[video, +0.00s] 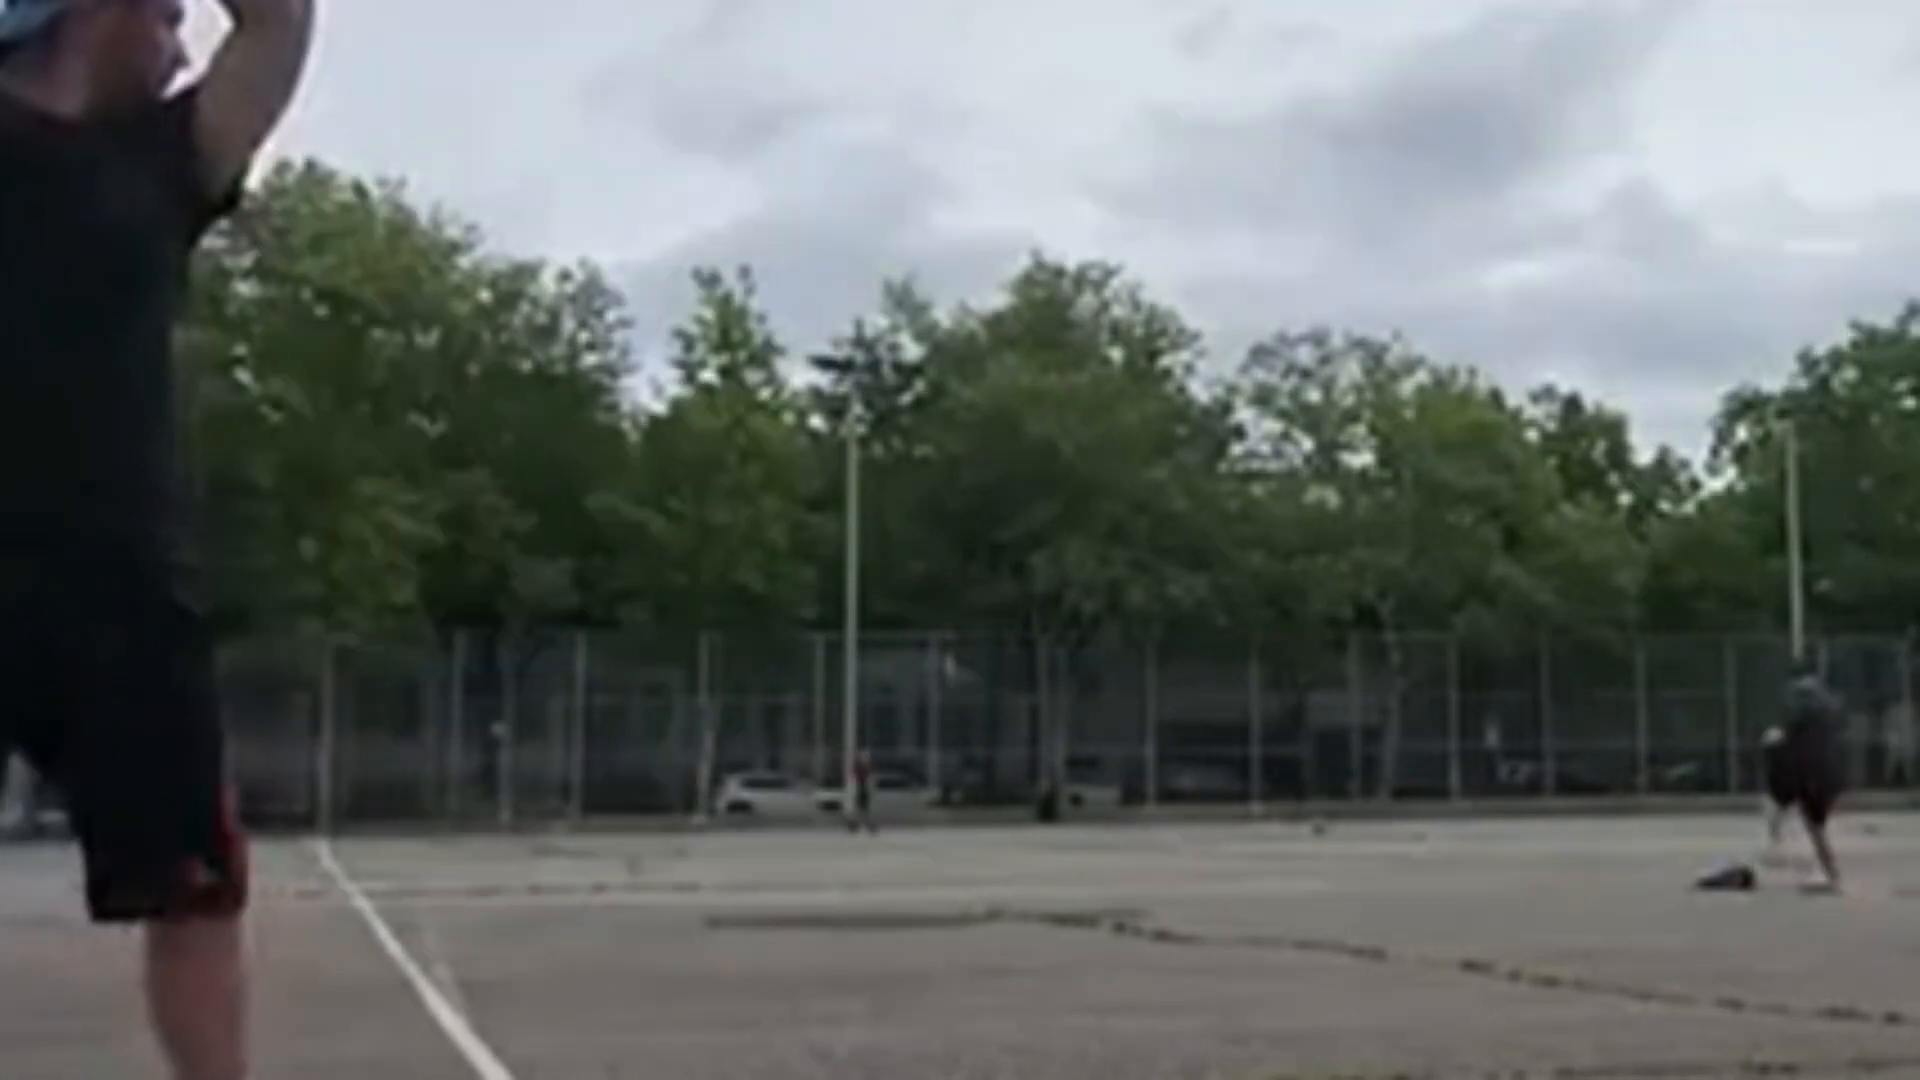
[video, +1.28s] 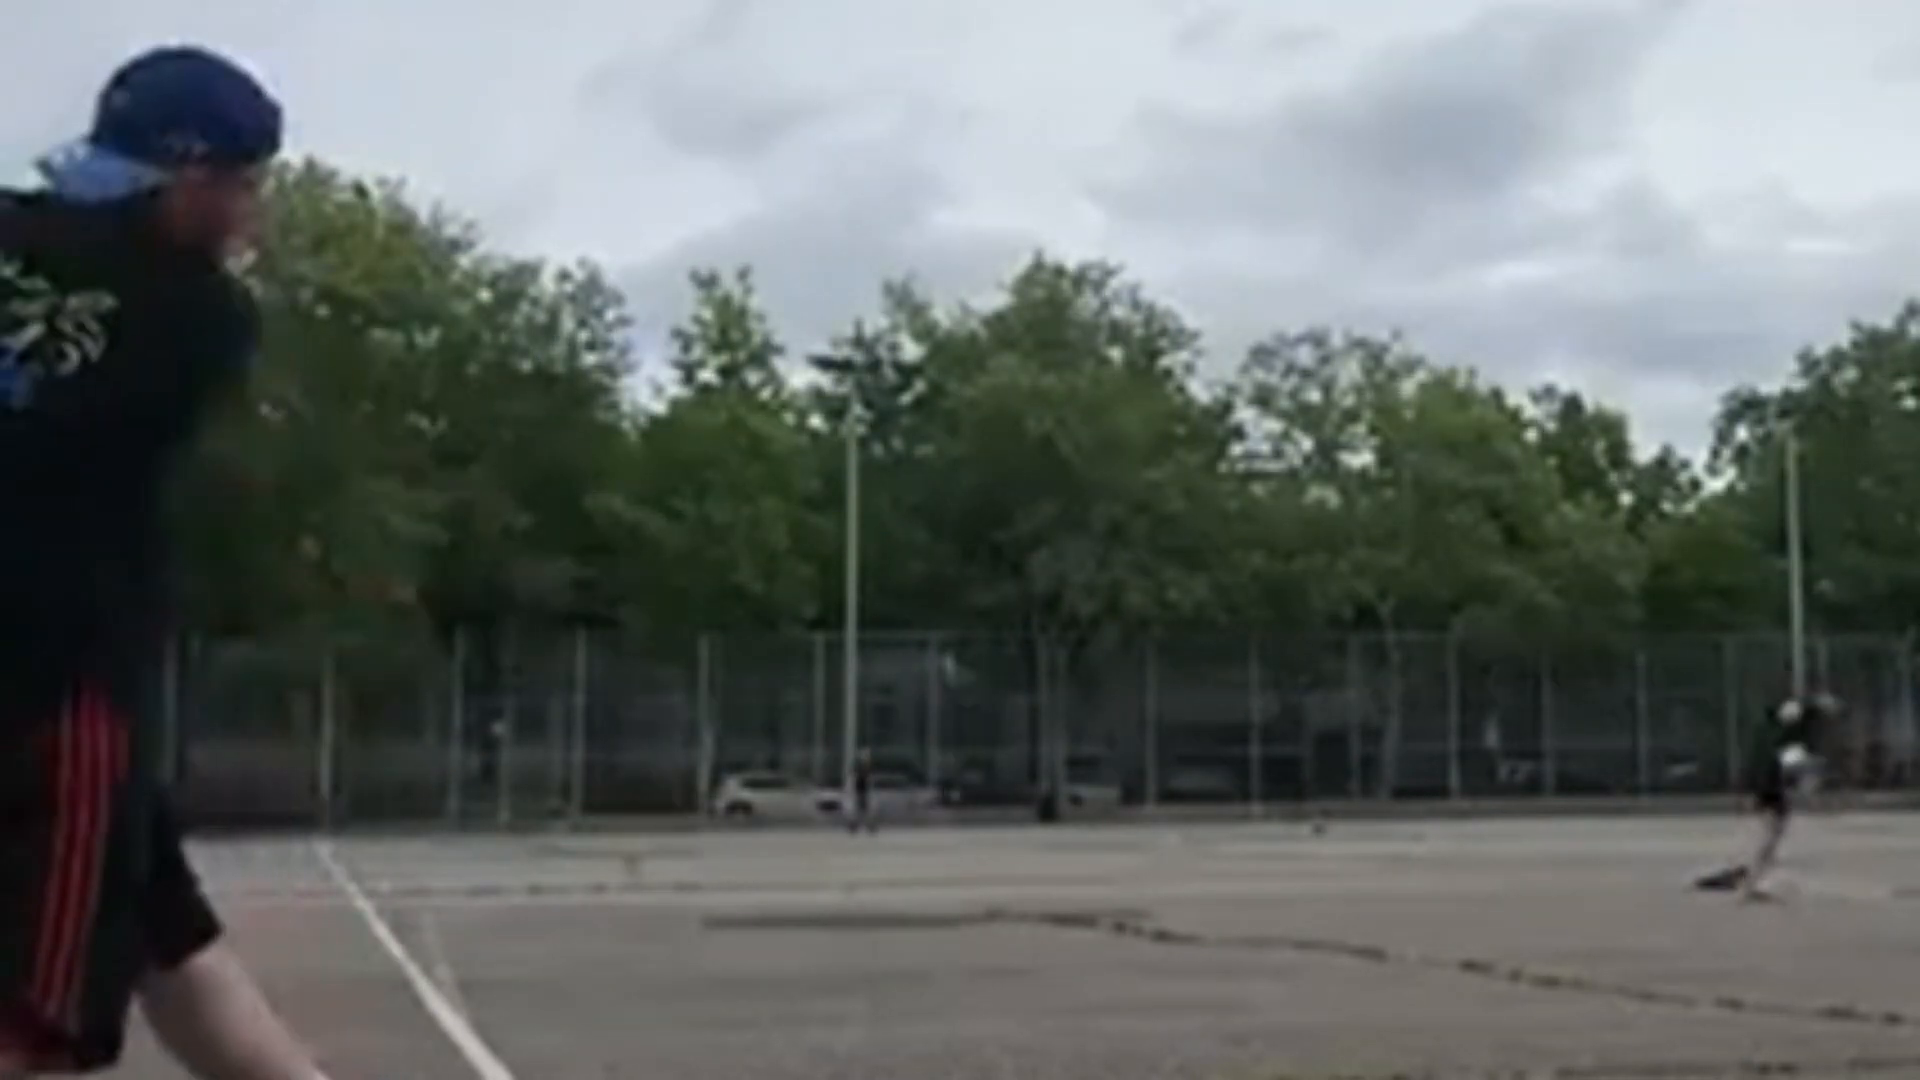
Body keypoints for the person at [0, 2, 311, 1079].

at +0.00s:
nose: (177, 39)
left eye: (178, 21)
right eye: (157, 15)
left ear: (163, 32)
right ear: (89, 14)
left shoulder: (161, 159)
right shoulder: (15, 132)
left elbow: (278, 23)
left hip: (114, 565)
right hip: (27, 560)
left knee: (194, 880)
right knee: (186, 882)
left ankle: (216, 1068)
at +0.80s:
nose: (194, 92)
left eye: (194, 68)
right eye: (184, 64)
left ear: (176, 86)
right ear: (112, 62)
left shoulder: (176, 222)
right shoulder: (12, 174)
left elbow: (260, 160)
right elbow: (261, 161)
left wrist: (127, 28)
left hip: (100, 589)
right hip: (28, 590)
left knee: (304, 831)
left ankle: (311, 1059)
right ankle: (310, 1055)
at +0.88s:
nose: (228, 137)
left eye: (227, 110)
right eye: (216, 106)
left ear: (141, 99)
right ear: (147, 93)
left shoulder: (208, 249)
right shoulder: (9, 190)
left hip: (98, 611)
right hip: (43, 611)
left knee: (319, 848)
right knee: (315, 848)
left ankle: (349, 1060)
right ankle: (348, 1059)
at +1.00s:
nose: (258, 222)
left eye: (258, 195)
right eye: (243, 191)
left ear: (166, 189)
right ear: (164, 187)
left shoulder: (241, 335)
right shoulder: (29, 302)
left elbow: (143, 356)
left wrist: (6, 294)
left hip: (140, 698)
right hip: (17, 699)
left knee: (330, 886)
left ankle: (350, 1073)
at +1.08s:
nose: (255, 231)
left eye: (253, 206)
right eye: (235, 206)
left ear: (165, 217)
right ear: (148, 217)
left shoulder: (244, 327)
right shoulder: (33, 366)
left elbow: (235, 421)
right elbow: (84, 626)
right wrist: (41, 530)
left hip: (160, 704)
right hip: (33, 716)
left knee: (295, 881)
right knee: (5, 977)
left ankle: (338, 1069)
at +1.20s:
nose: (257, 236)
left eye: (256, 211)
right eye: (240, 210)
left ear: (142, 201)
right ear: (152, 203)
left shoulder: (31, 270)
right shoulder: (160, 318)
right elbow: (276, 453)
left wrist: (248, 432)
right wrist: (299, 450)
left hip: (73, 705)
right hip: (53, 710)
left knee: (212, 945)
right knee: (40, 1036)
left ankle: (319, 1066)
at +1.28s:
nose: (254, 211)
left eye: (256, 183)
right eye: (245, 182)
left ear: (120, 154)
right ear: (183, 176)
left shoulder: (17, 231)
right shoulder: (188, 307)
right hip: (73, 659)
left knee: (179, 955)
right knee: (40, 1024)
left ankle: (290, 1065)